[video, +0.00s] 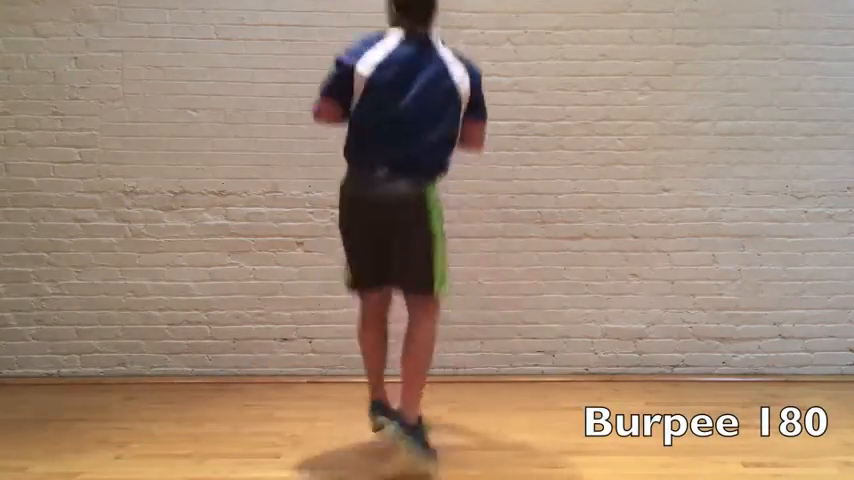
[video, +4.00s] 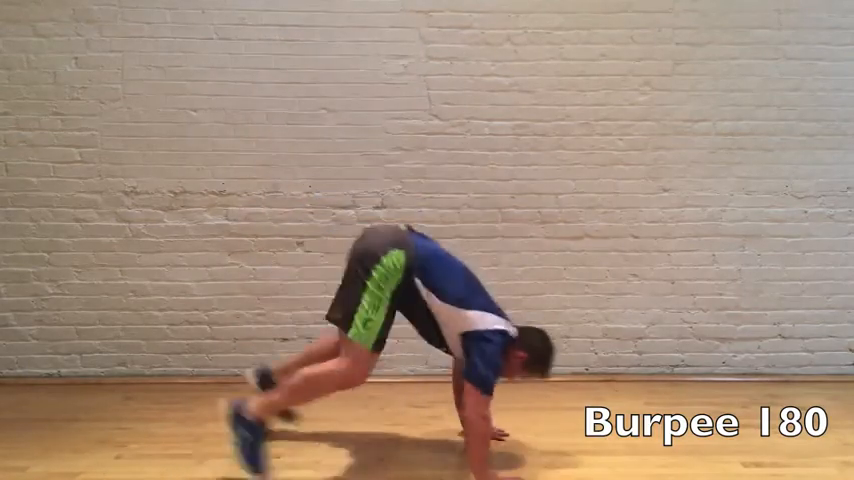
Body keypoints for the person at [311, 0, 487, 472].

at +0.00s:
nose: (407, 15)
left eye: (397, 10)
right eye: (423, 11)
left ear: (392, 11)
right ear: (435, 14)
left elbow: (326, 109)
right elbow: (473, 138)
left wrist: (374, 109)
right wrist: (427, 122)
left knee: (373, 302)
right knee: (423, 310)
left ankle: (378, 404)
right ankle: (408, 421)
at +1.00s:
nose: (248, 217)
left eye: (248, 206)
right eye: (244, 208)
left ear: (264, 193)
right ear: (270, 189)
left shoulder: (305, 219)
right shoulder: (311, 206)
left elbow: (311, 299)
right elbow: (319, 295)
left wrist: (281, 362)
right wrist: (285, 356)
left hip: (413, 281)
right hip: (423, 272)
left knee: (343, 372)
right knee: (373, 367)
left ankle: (398, 467)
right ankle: (408, 433)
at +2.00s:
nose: (183, 397)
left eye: (179, 391)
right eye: (178, 392)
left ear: (190, 377)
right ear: (196, 360)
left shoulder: (228, 379)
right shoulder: (236, 352)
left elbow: (265, 439)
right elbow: (289, 397)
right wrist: (281, 437)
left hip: (367, 361)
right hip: (364, 353)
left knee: (468, 412)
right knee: (463, 403)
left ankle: (585, 445)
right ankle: (568, 410)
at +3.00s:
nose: (400, 9)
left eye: (400, 3)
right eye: (393, 2)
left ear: (387, 8)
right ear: (366, 3)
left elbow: (400, 116)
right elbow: (273, 81)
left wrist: (423, 118)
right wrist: (322, 117)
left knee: (392, 282)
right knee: (350, 290)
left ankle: (386, 377)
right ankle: (340, 402)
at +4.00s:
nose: (515, 378)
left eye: (523, 374)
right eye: (523, 373)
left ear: (518, 344)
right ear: (520, 357)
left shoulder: (489, 328)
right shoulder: (488, 342)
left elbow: (463, 384)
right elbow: (475, 416)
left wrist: (475, 426)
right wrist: (482, 473)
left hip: (388, 241)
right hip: (389, 255)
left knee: (346, 344)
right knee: (353, 370)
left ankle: (275, 379)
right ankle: (253, 412)